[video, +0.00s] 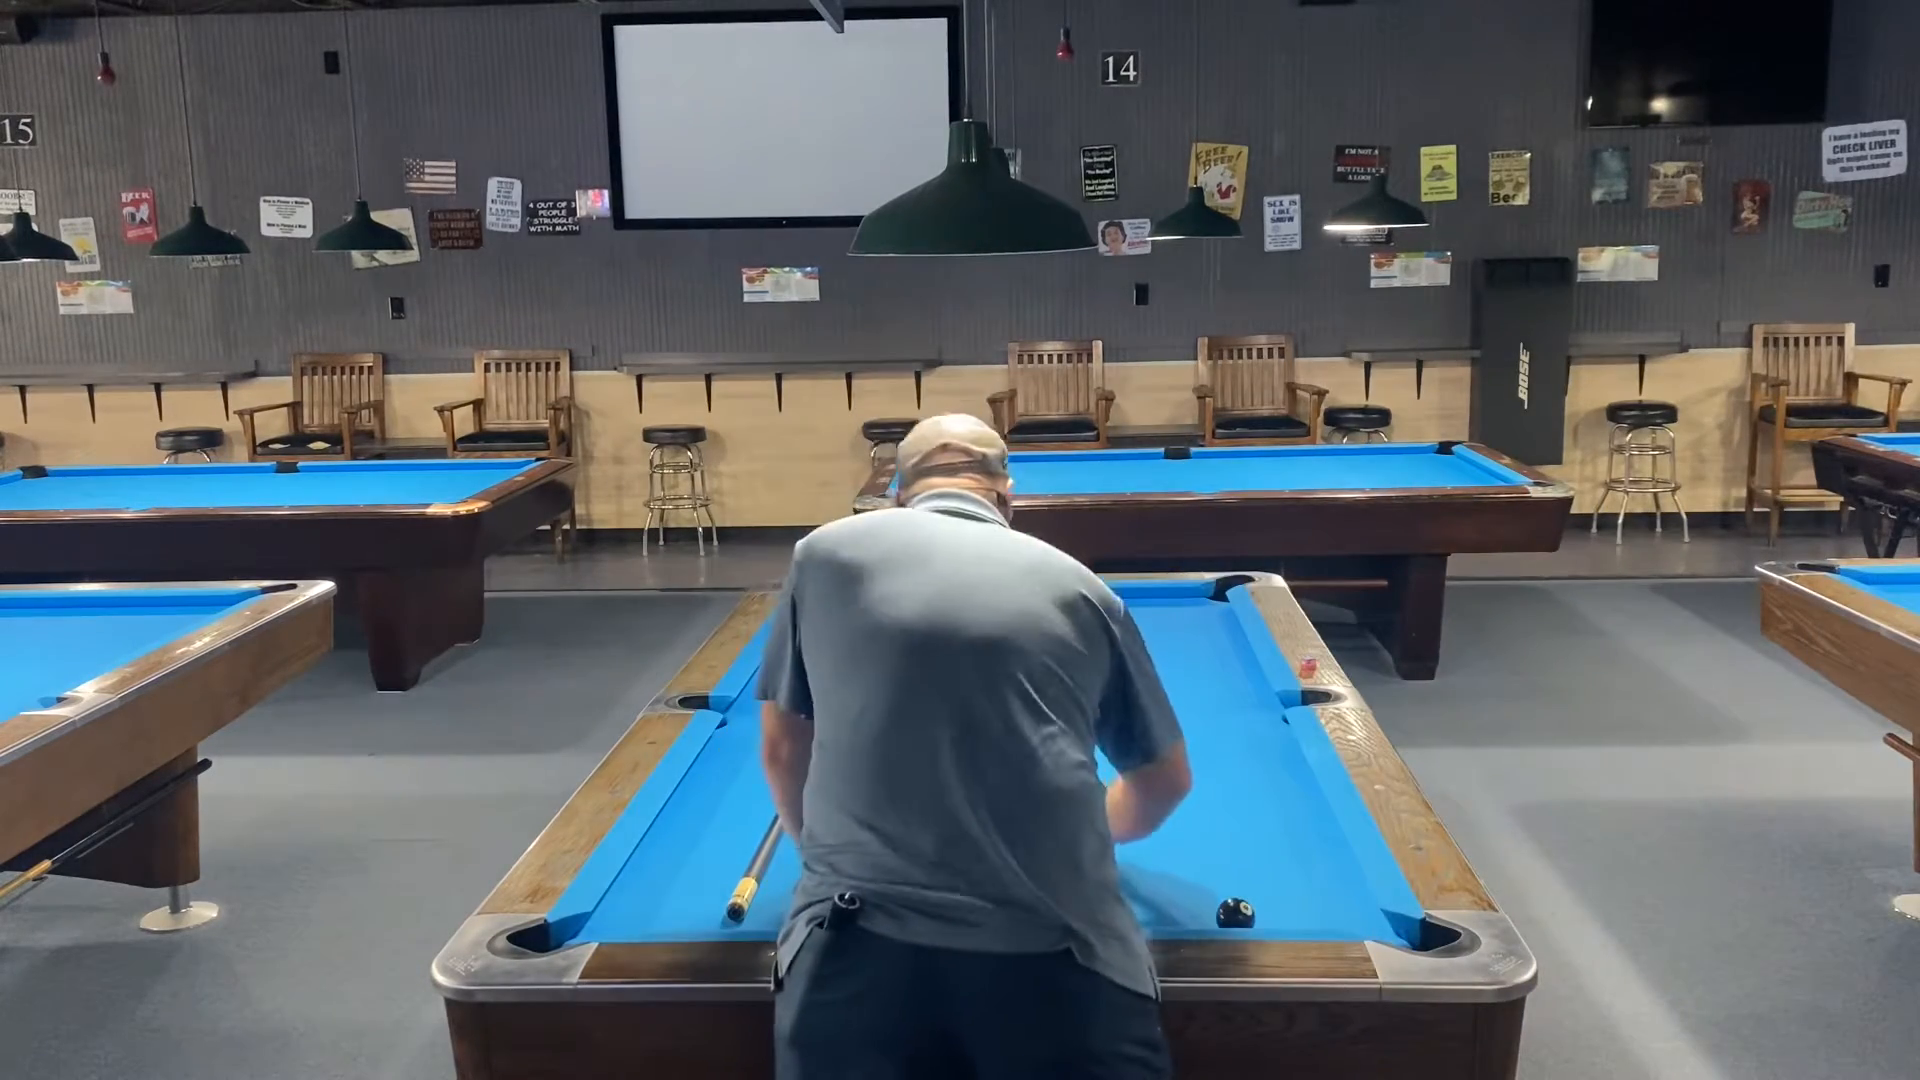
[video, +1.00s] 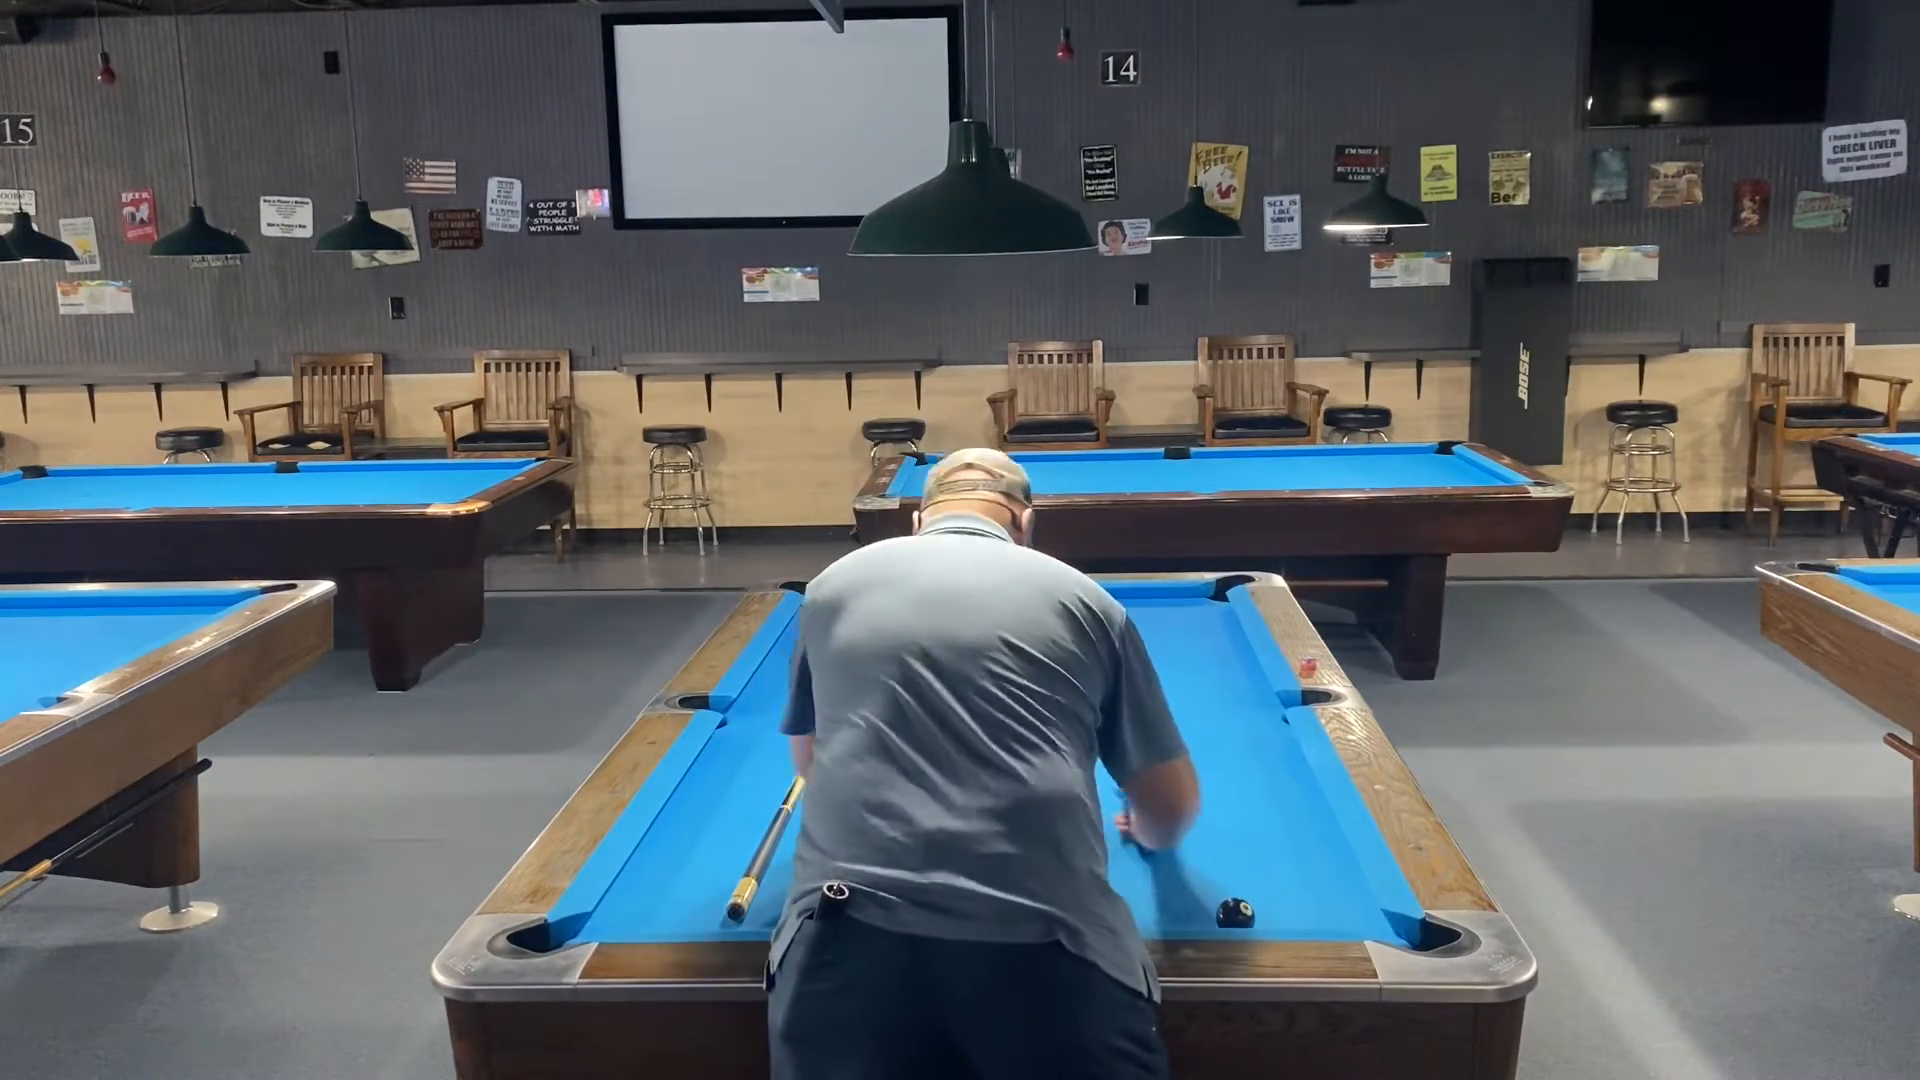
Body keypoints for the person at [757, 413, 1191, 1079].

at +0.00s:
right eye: (1006, 488)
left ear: (895, 497)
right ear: (1007, 495)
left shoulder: (826, 551)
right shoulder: (1080, 587)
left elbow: (783, 746)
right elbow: (1163, 779)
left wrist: (822, 849)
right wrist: (1067, 840)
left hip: (857, 969)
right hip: (1061, 976)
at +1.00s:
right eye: (1029, 519)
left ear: (917, 522)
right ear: (1023, 522)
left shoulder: (835, 583)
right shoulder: (1086, 600)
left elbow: (811, 757)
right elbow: (1171, 801)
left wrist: (877, 804)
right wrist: (1148, 831)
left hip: (847, 958)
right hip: (1048, 965)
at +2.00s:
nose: (1078, 514)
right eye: (1076, 499)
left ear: (960, 480)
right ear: (1064, 491)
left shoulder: (849, 556)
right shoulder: (1115, 581)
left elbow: (794, 760)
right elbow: (1202, 788)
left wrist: (881, 815)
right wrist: (1138, 886)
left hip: (845, 962)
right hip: (1049, 976)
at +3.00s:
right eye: (1030, 502)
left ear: (919, 510)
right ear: (1026, 505)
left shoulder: (835, 585)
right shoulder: (1092, 596)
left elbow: (812, 784)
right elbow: (1123, 795)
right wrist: (1028, 843)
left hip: (846, 958)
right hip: (1051, 964)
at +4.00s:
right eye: (1020, 509)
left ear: (911, 518)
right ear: (1018, 514)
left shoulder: (834, 591)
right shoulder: (1088, 597)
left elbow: (809, 786)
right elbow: (1123, 798)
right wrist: (1028, 845)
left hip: (846, 955)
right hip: (1050, 962)